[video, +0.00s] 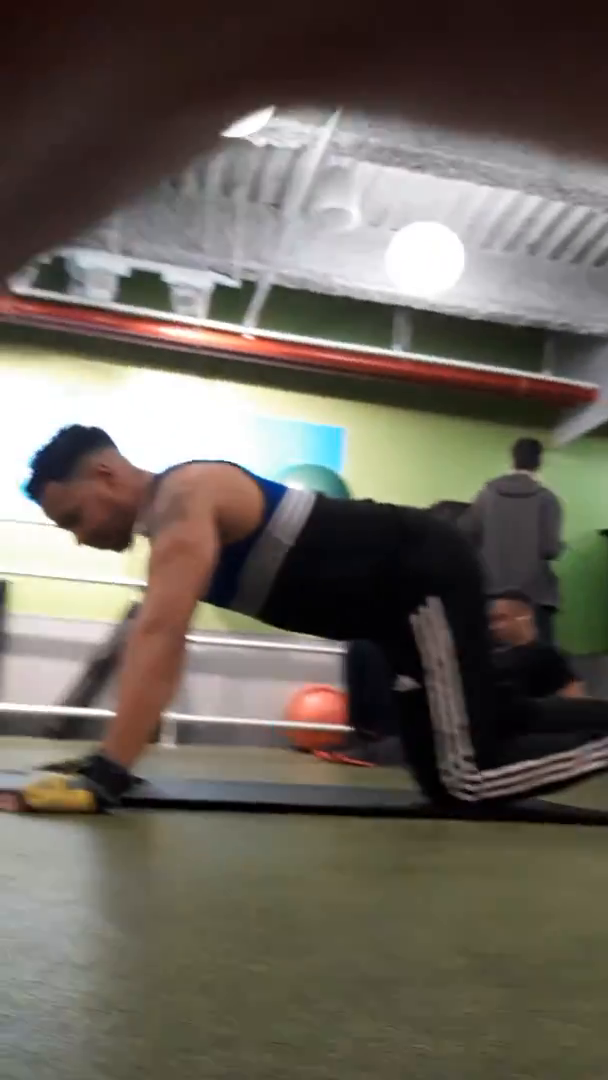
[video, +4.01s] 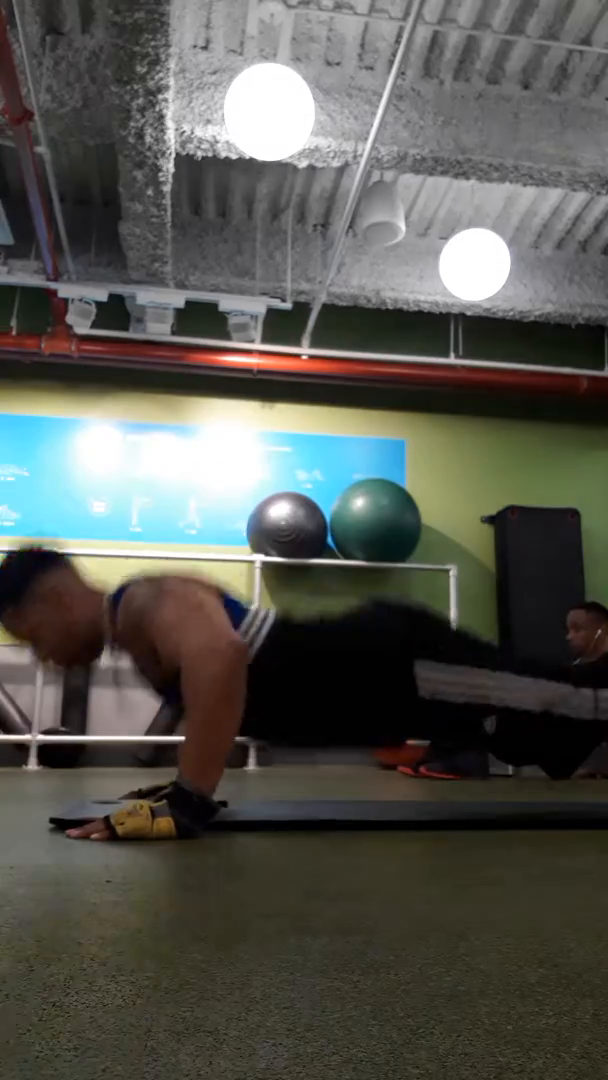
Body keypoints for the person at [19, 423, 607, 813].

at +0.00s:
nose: (80, 538)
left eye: (74, 519)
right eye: (69, 528)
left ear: (109, 476)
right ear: (107, 482)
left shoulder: (185, 495)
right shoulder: (175, 511)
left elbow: (160, 631)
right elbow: (159, 637)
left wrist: (107, 768)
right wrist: (114, 760)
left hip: (422, 578)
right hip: (404, 588)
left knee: (464, 777)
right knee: (448, 767)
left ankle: (601, 735)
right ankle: (589, 716)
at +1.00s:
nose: (86, 576)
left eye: (75, 558)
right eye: (72, 568)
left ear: (103, 511)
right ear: (106, 513)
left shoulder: (199, 516)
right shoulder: (191, 536)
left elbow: (218, 660)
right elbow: (217, 666)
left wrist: (189, 796)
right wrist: (188, 793)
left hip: (431, 595)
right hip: (419, 619)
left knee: (582, 722)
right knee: (544, 741)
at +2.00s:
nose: (24, 759)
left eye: (15, 741)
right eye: (12, 752)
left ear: (39, 692)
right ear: (42, 697)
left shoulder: (119, 682)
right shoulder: (128, 714)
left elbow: (220, 662)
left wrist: (190, 796)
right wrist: (160, 806)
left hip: (386, 726)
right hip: (375, 740)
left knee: (584, 731)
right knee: (548, 722)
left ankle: (592, 641)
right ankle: (588, 639)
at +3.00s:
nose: (37, 658)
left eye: (29, 636)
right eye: (25, 647)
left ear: (56, 596)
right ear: (54, 604)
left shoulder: (143, 609)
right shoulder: (137, 636)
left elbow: (223, 661)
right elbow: (224, 695)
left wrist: (190, 799)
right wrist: (177, 793)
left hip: (386, 678)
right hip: (373, 700)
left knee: (579, 713)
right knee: (557, 715)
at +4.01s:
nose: (41, 653)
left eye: (33, 631)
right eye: (28, 642)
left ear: (60, 591)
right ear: (60, 596)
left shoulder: (147, 601)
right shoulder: (141, 628)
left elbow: (220, 658)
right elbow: (222, 695)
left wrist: (188, 800)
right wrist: (183, 791)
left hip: (391, 666)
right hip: (382, 689)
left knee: (572, 710)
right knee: (553, 739)